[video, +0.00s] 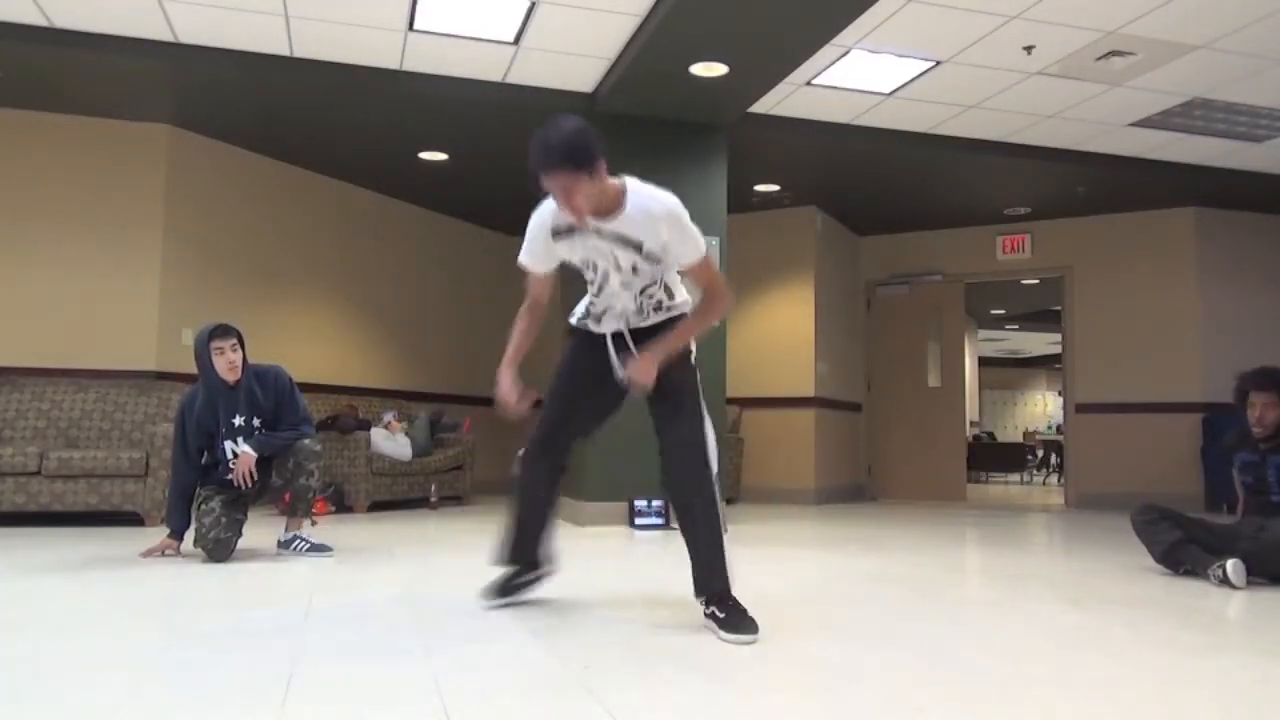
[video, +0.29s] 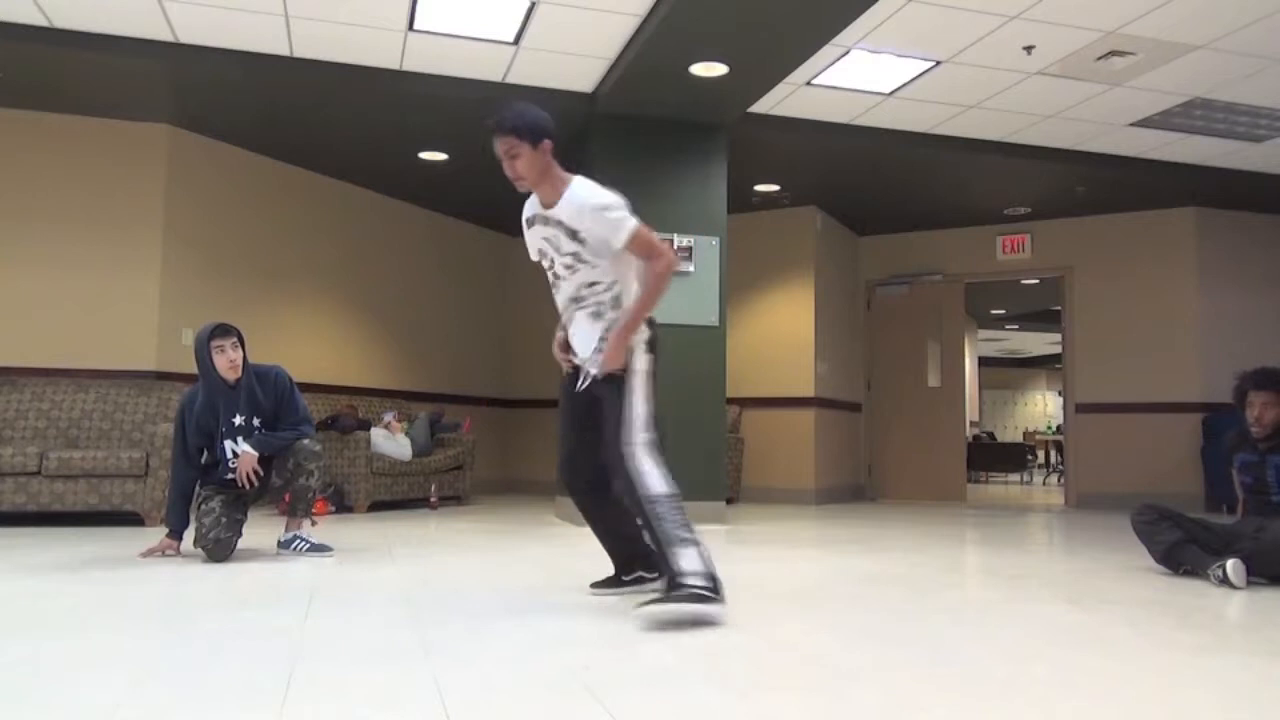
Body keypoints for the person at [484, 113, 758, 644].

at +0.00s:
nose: (563, 203)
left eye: (570, 189)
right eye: (554, 192)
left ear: (598, 173)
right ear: (545, 184)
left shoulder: (659, 213)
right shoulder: (548, 221)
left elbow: (718, 295)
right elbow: (536, 302)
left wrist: (658, 353)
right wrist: (508, 368)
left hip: (666, 331)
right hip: (599, 335)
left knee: (689, 462)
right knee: (545, 442)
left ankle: (716, 594)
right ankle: (527, 561)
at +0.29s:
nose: (509, 169)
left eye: (515, 155)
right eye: (501, 159)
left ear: (545, 148)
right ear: (502, 161)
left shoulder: (590, 204)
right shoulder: (532, 214)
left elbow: (662, 258)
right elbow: (580, 277)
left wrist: (622, 334)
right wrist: (566, 328)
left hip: (622, 345)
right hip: (584, 349)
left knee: (630, 457)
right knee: (580, 468)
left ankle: (694, 577)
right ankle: (637, 561)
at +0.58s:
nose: (480, 122)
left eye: (486, 109)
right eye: (474, 113)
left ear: (516, 104)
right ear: (477, 117)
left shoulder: (550, 158)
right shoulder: (498, 173)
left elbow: (611, 225)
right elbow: (522, 249)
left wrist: (554, 288)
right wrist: (515, 311)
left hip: (559, 309)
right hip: (530, 312)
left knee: (519, 428)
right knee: (552, 436)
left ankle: (488, 559)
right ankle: (607, 534)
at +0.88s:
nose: (462, 146)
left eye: (469, 134)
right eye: (455, 138)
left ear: (496, 129)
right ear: (452, 142)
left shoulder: (523, 182)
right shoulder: (479, 193)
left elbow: (550, 262)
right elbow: (493, 270)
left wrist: (478, 298)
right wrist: (452, 298)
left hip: (538, 315)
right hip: (507, 315)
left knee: (489, 430)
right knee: (470, 428)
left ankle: (461, 561)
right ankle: (527, 525)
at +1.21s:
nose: (489, 175)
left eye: (496, 162)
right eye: (480, 166)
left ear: (518, 160)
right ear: (472, 171)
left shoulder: (552, 208)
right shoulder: (487, 227)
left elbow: (598, 287)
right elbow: (507, 303)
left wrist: (645, 348)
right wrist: (482, 364)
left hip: (582, 350)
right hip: (534, 357)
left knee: (597, 455)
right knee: (502, 454)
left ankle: (695, 526)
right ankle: (519, 561)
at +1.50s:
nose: (551, 179)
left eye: (559, 169)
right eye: (544, 171)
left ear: (585, 163)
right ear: (541, 172)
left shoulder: (624, 197)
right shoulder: (554, 201)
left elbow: (710, 221)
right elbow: (540, 224)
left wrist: (805, 223)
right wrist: (495, 239)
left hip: (660, 336)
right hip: (602, 335)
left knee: (721, 445)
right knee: (527, 412)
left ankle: (806, 555)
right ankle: (492, 526)